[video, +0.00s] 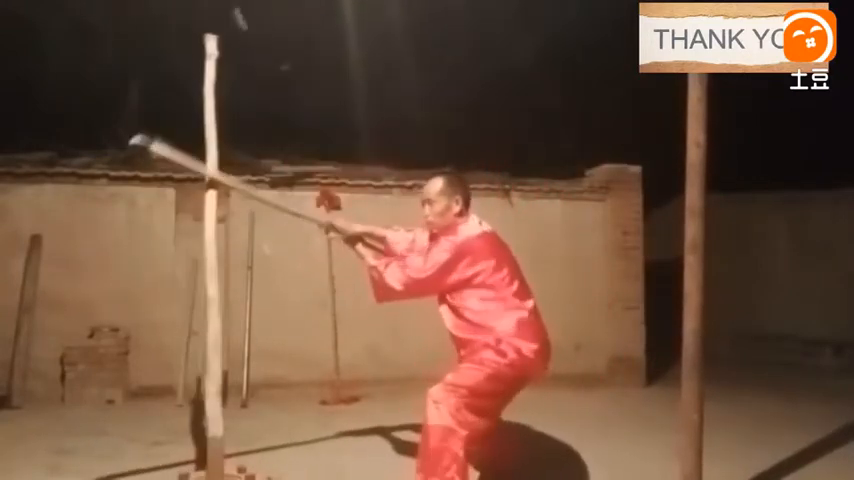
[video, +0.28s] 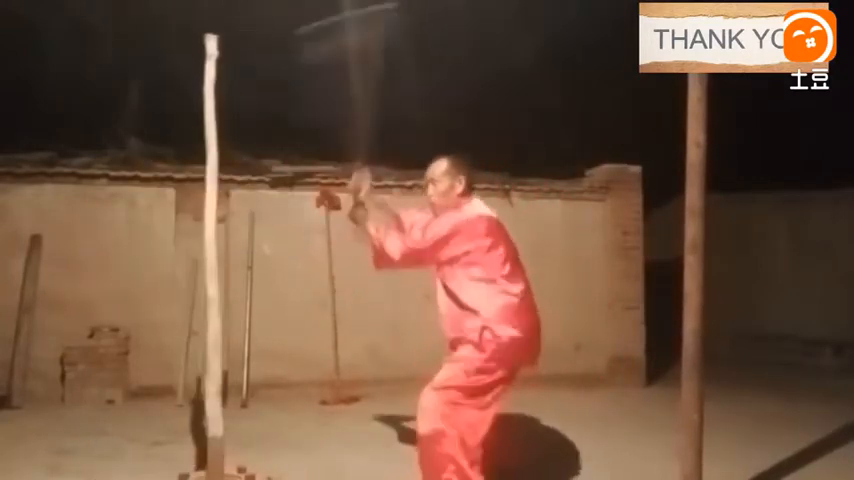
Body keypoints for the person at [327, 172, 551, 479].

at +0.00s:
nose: (424, 212)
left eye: (430, 203)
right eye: (423, 204)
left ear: (456, 205)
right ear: (455, 207)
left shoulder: (464, 243)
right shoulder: (466, 233)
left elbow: (401, 277)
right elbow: (406, 240)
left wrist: (356, 243)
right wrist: (353, 228)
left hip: (508, 350)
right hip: (513, 346)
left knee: (444, 400)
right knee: (466, 408)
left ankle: (440, 474)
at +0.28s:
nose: (428, 191)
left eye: (435, 183)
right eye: (427, 183)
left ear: (459, 184)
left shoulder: (470, 220)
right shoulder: (464, 217)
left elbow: (404, 246)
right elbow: (405, 223)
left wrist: (364, 209)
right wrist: (351, 205)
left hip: (496, 337)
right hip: (497, 335)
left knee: (437, 401)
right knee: (458, 406)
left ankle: (450, 474)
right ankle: (465, 473)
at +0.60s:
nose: (423, 166)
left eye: (429, 158)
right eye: (422, 159)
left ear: (453, 160)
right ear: (449, 162)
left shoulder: (468, 194)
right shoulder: (445, 192)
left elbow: (404, 204)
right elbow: (392, 184)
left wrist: (336, 192)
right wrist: (366, 145)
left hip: (499, 304)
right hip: (470, 306)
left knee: (483, 367)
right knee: (466, 377)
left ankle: (517, 457)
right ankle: (487, 457)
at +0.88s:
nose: (412, 164)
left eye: (419, 155)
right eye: (408, 157)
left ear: (444, 153)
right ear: (406, 159)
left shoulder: (466, 191)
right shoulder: (412, 196)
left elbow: (476, 249)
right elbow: (379, 210)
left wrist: (439, 267)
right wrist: (343, 206)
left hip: (462, 296)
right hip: (424, 295)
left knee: (445, 372)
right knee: (426, 371)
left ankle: (426, 458)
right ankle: (427, 439)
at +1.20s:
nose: (383, 194)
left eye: (389, 184)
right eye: (377, 186)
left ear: (412, 179)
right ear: (374, 187)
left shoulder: (441, 210)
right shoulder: (377, 229)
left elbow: (471, 261)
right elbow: (373, 295)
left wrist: (455, 298)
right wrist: (364, 361)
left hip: (424, 315)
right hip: (378, 305)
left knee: (428, 393)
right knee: (310, 334)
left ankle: (434, 475)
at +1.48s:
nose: (358, 196)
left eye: (364, 186)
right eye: (352, 189)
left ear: (388, 183)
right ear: (346, 190)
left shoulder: (411, 222)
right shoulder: (349, 233)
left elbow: (452, 260)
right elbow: (347, 299)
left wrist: (452, 304)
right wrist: (344, 368)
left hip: (396, 339)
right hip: (339, 334)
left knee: (433, 396)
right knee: (290, 395)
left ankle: (428, 472)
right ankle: (257, 469)